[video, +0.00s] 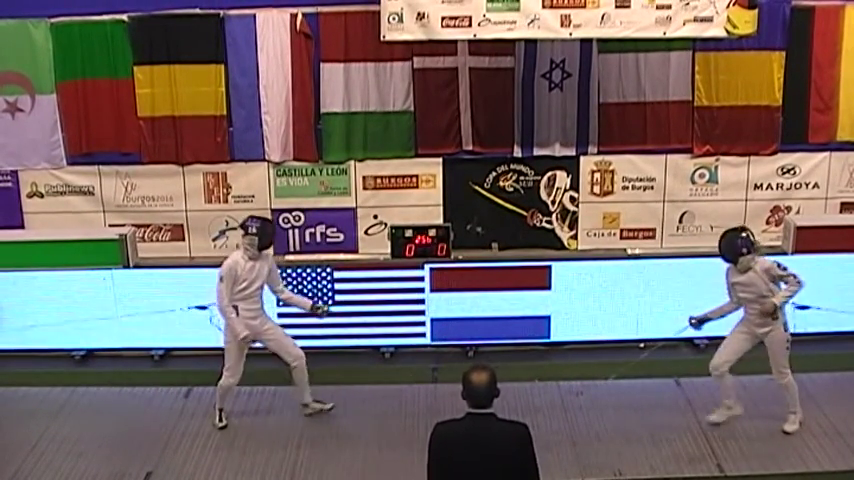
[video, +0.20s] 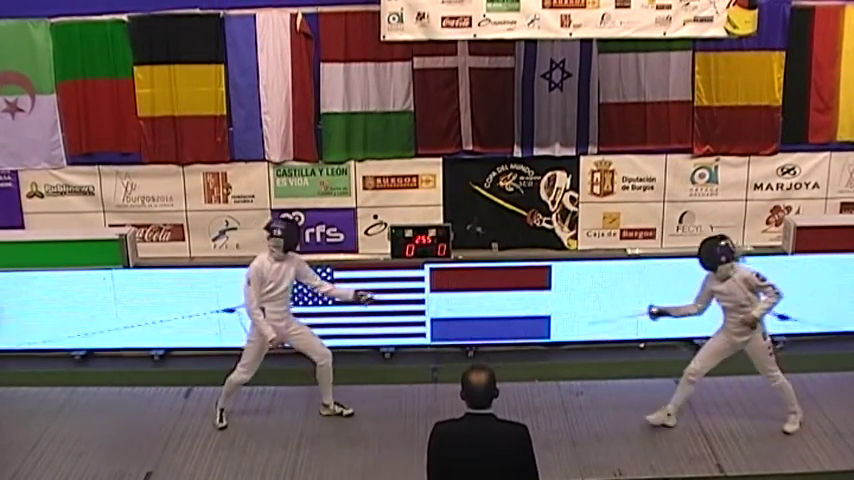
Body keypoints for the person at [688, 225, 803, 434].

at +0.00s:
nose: (744, 264)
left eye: (747, 258)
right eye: (740, 260)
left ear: (751, 253)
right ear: (734, 259)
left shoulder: (766, 267)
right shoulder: (732, 273)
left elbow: (795, 283)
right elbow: (735, 302)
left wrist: (776, 301)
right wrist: (705, 318)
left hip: (774, 327)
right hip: (748, 325)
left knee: (782, 375)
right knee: (718, 366)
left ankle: (795, 414)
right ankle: (731, 406)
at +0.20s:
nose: (715, 273)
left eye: (718, 268)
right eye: (714, 268)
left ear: (727, 262)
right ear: (714, 266)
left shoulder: (745, 275)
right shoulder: (711, 282)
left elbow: (774, 294)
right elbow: (697, 308)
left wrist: (757, 314)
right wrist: (665, 312)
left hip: (754, 335)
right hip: (728, 335)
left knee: (774, 377)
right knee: (693, 372)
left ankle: (795, 414)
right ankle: (669, 413)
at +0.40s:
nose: (692, 265)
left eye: (694, 260)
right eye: (689, 262)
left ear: (703, 254)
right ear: (687, 259)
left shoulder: (721, 269)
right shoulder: (685, 274)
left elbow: (748, 289)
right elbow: (669, 300)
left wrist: (728, 305)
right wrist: (637, 297)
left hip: (728, 330)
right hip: (702, 329)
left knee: (748, 379)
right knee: (674, 372)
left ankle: (780, 406)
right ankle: (665, 416)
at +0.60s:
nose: (685, 266)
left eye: (687, 261)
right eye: (683, 262)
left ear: (698, 253)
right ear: (682, 258)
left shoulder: (718, 268)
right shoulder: (680, 271)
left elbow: (739, 288)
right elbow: (657, 295)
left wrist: (722, 304)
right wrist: (624, 293)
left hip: (717, 330)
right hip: (690, 327)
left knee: (728, 384)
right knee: (666, 374)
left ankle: (755, 411)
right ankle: (663, 414)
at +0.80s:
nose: (694, 265)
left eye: (696, 260)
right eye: (691, 262)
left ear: (706, 251)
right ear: (692, 257)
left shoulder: (727, 264)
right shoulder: (689, 271)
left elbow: (750, 282)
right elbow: (670, 297)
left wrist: (734, 299)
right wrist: (638, 294)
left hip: (729, 328)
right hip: (702, 328)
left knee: (736, 379)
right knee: (676, 372)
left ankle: (759, 416)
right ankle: (664, 414)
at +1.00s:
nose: (714, 268)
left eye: (717, 263)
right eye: (712, 264)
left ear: (727, 255)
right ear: (710, 260)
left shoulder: (747, 268)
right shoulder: (709, 274)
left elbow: (771, 285)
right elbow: (694, 304)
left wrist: (755, 301)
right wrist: (662, 311)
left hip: (749, 330)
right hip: (721, 330)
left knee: (769, 379)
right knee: (694, 375)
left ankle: (797, 414)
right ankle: (691, 417)